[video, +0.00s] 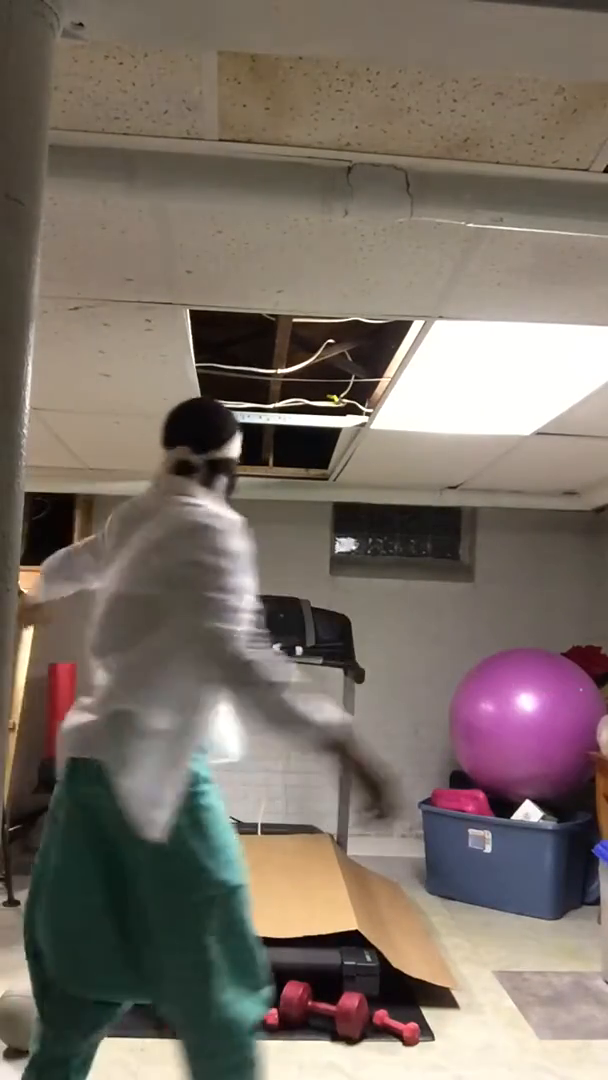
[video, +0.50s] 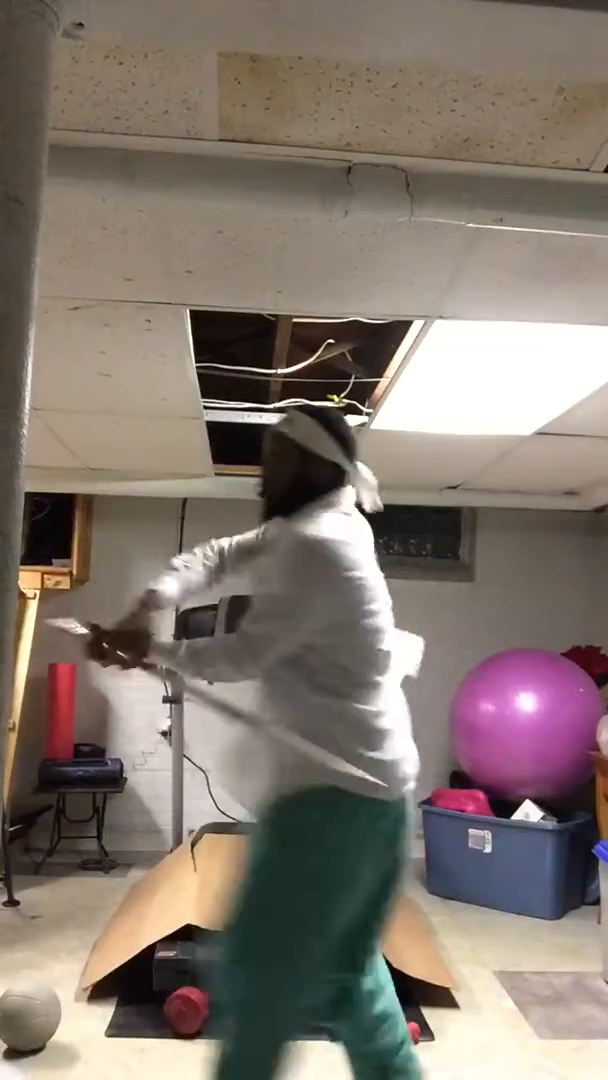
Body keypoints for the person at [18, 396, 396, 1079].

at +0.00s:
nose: (236, 469)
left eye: (233, 459)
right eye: (236, 459)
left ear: (168, 454)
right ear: (227, 460)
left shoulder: (138, 512)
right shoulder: (210, 526)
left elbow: (74, 564)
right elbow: (237, 652)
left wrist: (34, 588)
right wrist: (342, 739)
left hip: (88, 758)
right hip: (153, 764)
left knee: (81, 960)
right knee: (217, 963)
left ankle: (52, 1067)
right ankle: (228, 1066)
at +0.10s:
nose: (190, 470)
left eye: (186, 459)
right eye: (259, 462)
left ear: (183, 459)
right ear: (253, 465)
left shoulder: (136, 524)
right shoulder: (276, 538)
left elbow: (41, 589)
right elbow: (332, 648)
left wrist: (13, 593)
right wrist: (409, 723)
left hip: (111, 789)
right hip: (208, 792)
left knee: (84, 997)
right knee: (260, 998)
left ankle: (55, 1074)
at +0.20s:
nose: (189, 467)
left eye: (194, 454)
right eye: (193, 453)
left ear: (208, 460)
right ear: (271, 463)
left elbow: (78, 625)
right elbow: (367, 653)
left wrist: (29, 642)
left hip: (150, 811)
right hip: (265, 812)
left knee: (95, 1014)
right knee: (292, 1036)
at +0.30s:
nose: (209, 457)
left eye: (221, 445)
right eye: (214, 443)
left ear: (253, 455)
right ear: (285, 459)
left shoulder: (205, 532)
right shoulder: (344, 527)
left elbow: (170, 650)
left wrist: (100, 656)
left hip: (198, 794)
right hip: (304, 794)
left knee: (124, 971)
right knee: (314, 987)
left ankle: (108, 1069)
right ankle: (319, 1071)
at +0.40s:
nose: (235, 461)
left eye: (249, 447)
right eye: (240, 447)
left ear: (283, 457)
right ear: (306, 459)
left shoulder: (265, 537)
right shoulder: (341, 516)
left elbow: (226, 652)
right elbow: (224, 555)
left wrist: (150, 650)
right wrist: (141, 582)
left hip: (265, 783)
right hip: (346, 785)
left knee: (188, 959)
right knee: (332, 970)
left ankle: (175, 1066)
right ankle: (356, 1068)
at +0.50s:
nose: (264, 466)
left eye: (279, 454)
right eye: (269, 452)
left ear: (312, 467)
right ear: (327, 471)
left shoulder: (314, 543)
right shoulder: (322, 532)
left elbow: (242, 654)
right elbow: (215, 559)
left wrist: (150, 654)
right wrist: (153, 605)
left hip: (334, 799)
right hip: (374, 800)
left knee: (258, 976)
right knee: (353, 974)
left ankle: (243, 1073)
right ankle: (397, 1071)